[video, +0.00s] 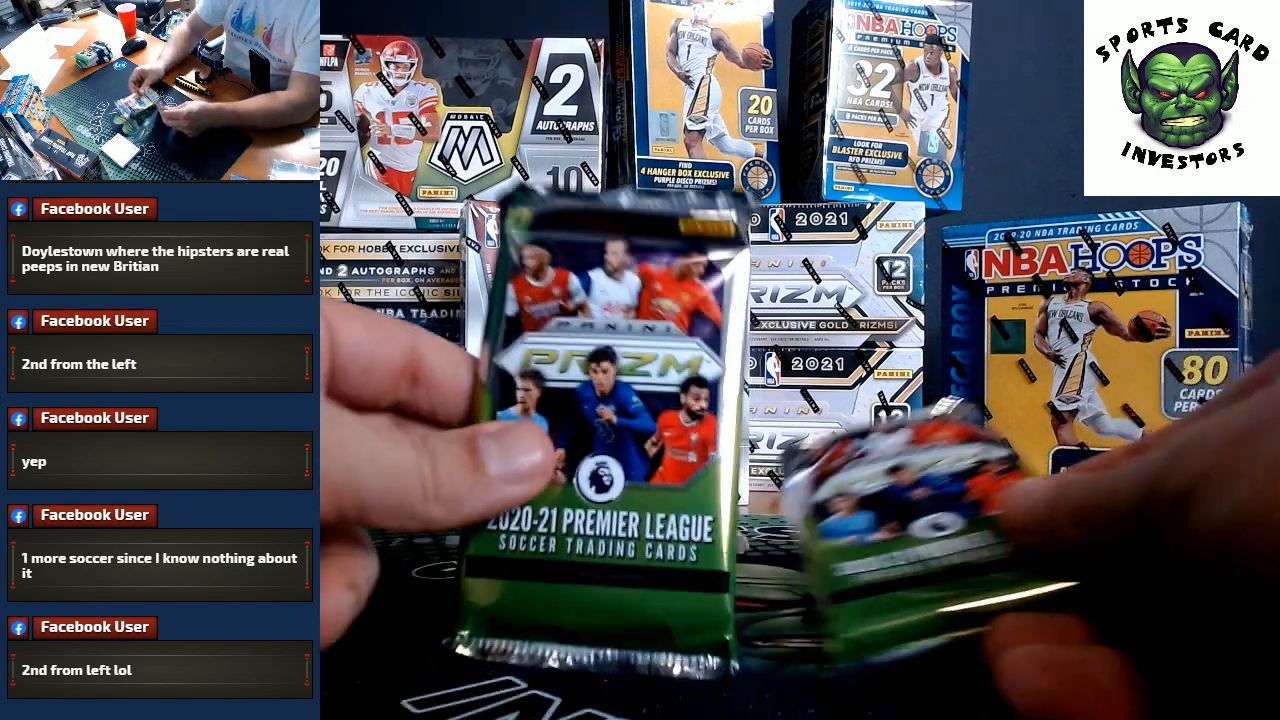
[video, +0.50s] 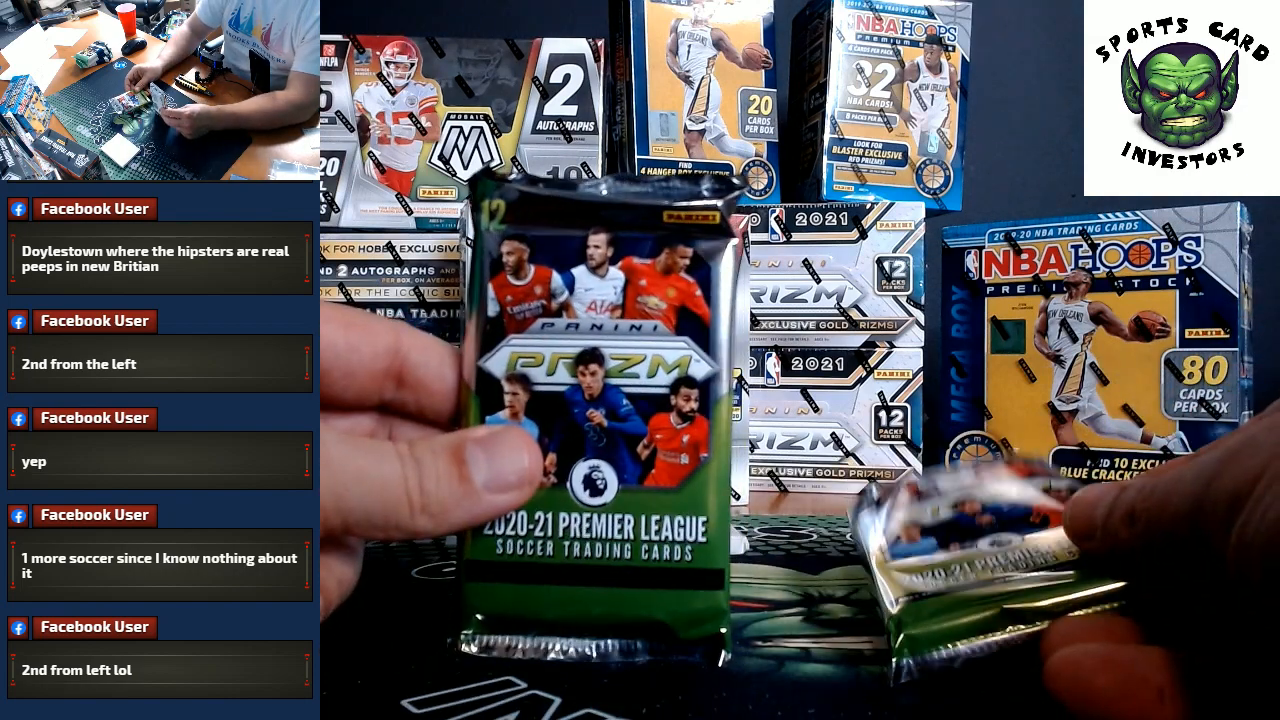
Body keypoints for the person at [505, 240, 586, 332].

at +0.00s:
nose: (527, 263)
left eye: (532, 258)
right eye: (525, 258)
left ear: (544, 259)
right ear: (522, 261)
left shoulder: (567, 279)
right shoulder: (514, 288)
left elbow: (584, 306)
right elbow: (511, 324)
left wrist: (573, 307)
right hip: (533, 343)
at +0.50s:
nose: (504, 260)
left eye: (510, 254)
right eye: (502, 255)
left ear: (525, 254)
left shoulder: (549, 277)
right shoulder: (494, 287)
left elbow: (568, 307)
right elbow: (491, 325)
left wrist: (574, 334)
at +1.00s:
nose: (500, 262)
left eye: (505, 256)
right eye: (498, 257)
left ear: (521, 256)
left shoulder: (546, 279)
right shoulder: (490, 290)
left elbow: (565, 310)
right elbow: (487, 329)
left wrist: (572, 337)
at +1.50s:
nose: (493, 262)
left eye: (499, 256)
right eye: (491, 257)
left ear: (514, 255)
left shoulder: (540, 278)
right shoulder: (484, 290)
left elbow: (559, 309)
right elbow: (482, 329)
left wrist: (566, 335)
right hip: (507, 350)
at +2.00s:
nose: (495, 263)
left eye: (500, 256)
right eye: (493, 257)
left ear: (516, 256)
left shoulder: (541, 278)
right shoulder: (485, 290)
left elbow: (561, 309)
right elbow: (477, 328)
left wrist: (567, 336)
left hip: (542, 347)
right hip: (508, 350)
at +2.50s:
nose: (502, 263)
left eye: (508, 257)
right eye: (500, 257)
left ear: (523, 257)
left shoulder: (549, 280)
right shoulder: (492, 291)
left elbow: (570, 311)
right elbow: (489, 332)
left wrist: (577, 341)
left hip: (549, 351)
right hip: (515, 353)